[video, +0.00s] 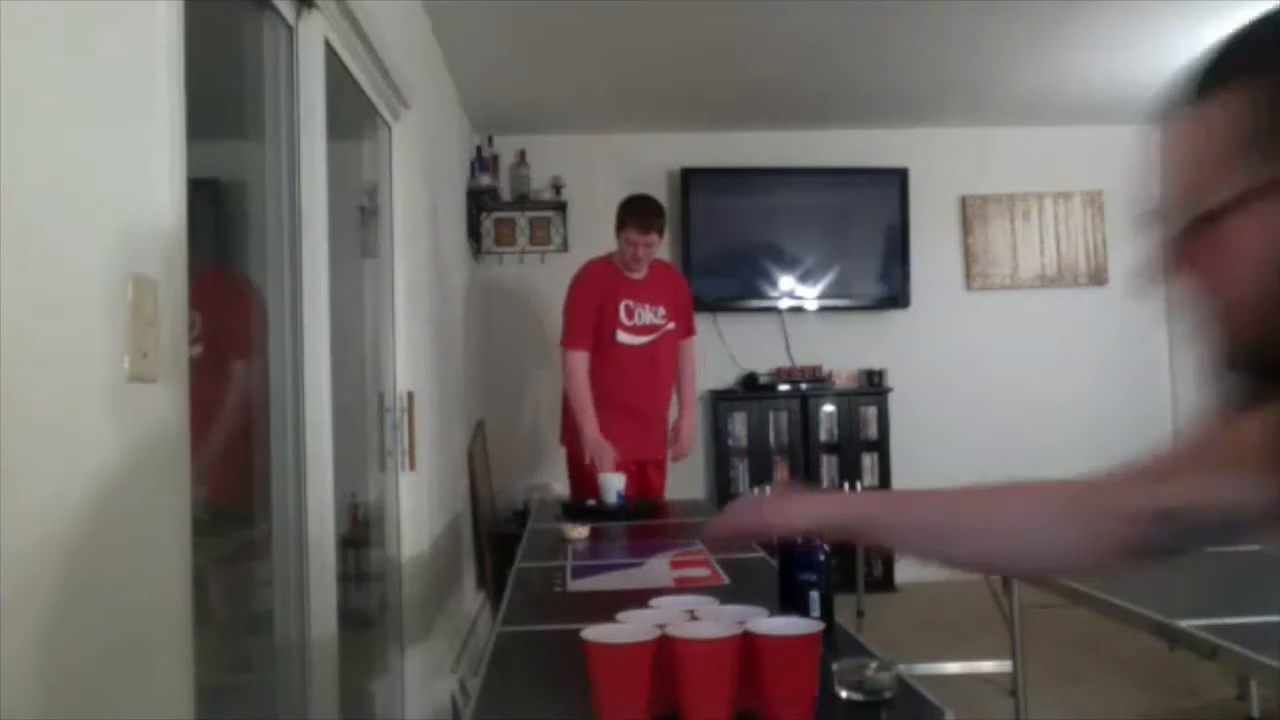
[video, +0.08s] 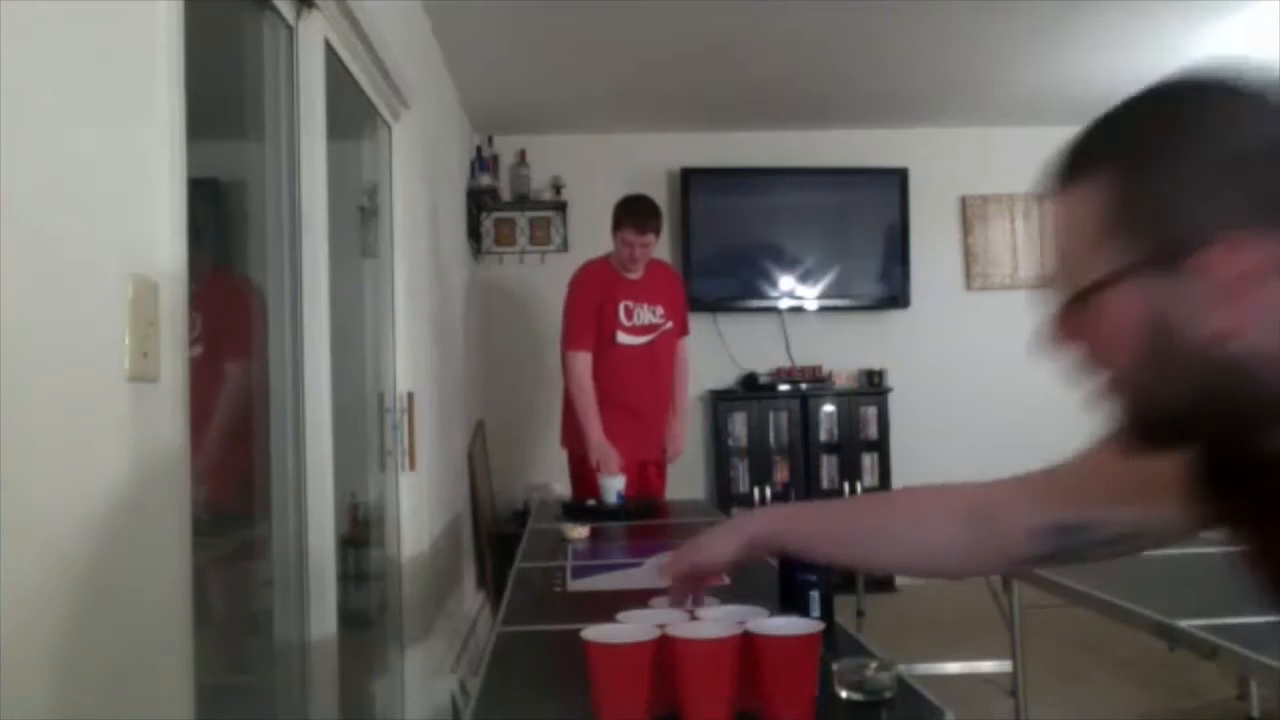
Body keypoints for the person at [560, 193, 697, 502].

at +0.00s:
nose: (640, 254)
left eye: (648, 245)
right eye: (631, 244)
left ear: (660, 241)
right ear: (618, 237)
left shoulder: (672, 281)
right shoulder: (592, 279)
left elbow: (685, 349)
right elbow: (575, 361)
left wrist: (685, 419)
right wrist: (591, 436)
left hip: (650, 439)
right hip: (600, 440)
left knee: (649, 540)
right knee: (603, 544)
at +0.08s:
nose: (637, 254)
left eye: (645, 246)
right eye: (628, 245)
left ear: (656, 241)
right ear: (614, 237)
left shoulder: (669, 280)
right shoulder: (590, 280)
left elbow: (678, 353)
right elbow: (578, 366)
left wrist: (677, 422)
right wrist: (595, 441)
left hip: (651, 441)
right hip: (602, 444)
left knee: (649, 542)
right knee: (604, 543)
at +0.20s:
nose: (635, 254)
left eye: (643, 245)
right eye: (626, 245)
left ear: (655, 241)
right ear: (612, 237)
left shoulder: (668, 280)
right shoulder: (589, 281)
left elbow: (675, 354)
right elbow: (578, 369)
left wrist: (673, 422)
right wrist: (598, 443)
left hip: (651, 442)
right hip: (601, 443)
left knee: (649, 543)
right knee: (605, 543)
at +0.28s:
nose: (633, 254)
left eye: (642, 245)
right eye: (624, 245)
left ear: (653, 241)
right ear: (610, 237)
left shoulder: (667, 280)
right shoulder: (587, 281)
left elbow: (675, 356)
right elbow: (578, 373)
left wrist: (670, 425)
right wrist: (599, 446)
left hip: (650, 442)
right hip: (599, 444)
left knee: (649, 543)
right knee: (604, 543)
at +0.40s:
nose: (629, 256)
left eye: (638, 247)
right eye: (621, 246)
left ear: (649, 241)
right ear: (607, 238)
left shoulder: (664, 277)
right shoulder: (583, 283)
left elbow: (674, 349)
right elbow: (574, 376)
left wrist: (669, 416)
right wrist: (600, 448)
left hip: (647, 439)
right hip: (594, 441)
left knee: (645, 539)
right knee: (598, 544)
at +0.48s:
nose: (627, 257)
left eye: (636, 248)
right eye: (619, 247)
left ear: (648, 241)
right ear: (604, 238)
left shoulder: (663, 276)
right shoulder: (581, 283)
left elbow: (674, 345)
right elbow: (570, 374)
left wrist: (669, 412)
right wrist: (598, 448)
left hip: (648, 438)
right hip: (593, 440)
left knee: (646, 539)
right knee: (597, 540)